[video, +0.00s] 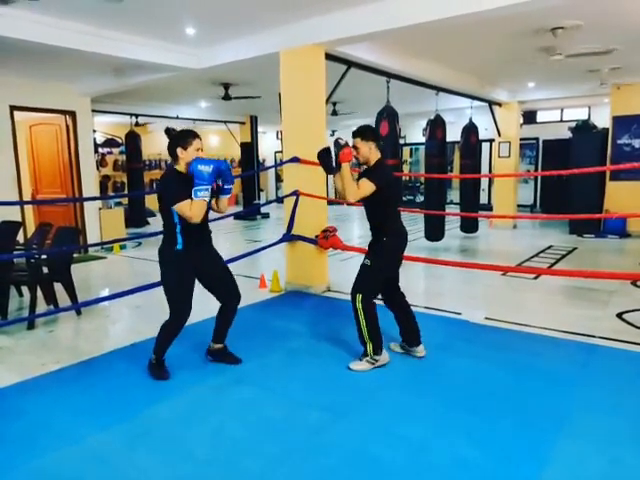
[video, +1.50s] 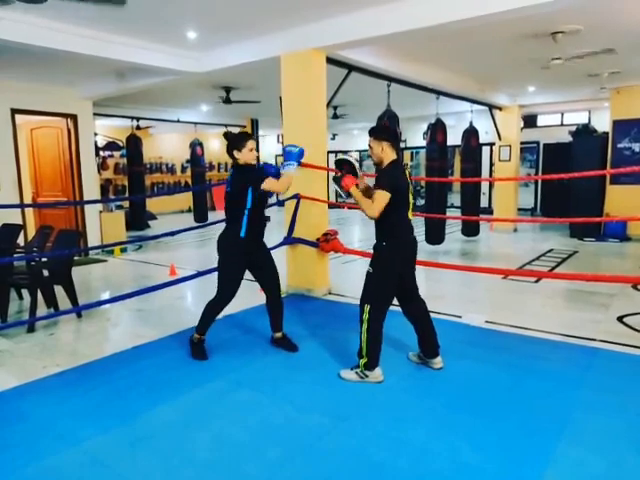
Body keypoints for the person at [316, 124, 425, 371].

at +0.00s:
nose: (355, 152)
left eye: (357, 147)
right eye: (354, 148)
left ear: (372, 146)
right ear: (369, 148)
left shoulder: (380, 171)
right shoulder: (372, 170)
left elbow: (353, 196)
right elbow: (344, 194)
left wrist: (345, 163)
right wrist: (336, 170)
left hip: (387, 240)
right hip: (390, 238)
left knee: (360, 294)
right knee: (391, 292)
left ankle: (375, 354)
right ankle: (413, 343)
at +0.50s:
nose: (349, 150)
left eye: (351, 145)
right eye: (349, 145)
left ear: (365, 144)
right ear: (364, 145)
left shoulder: (378, 171)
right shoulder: (363, 170)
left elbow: (354, 201)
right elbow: (329, 182)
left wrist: (338, 175)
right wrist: (305, 167)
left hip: (384, 243)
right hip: (385, 241)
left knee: (365, 303)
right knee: (393, 296)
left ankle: (367, 365)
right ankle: (424, 345)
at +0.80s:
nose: (359, 149)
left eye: (361, 144)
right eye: (359, 145)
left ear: (374, 144)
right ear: (377, 145)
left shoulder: (382, 173)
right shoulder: (386, 170)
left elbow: (355, 205)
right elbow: (357, 200)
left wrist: (348, 172)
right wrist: (342, 176)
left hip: (385, 245)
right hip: (396, 242)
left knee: (364, 304)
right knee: (401, 297)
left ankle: (368, 366)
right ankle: (430, 349)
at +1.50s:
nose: (370, 152)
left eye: (372, 147)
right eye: (370, 147)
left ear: (385, 146)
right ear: (389, 146)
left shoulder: (389, 173)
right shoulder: (398, 170)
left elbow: (373, 211)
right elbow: (387, 205)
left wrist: (353, 191)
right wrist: (366, 190)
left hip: (389, 248)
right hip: (404, 245)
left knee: (371, 305)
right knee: (411, 299)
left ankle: (368, 367)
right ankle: (431, 354)